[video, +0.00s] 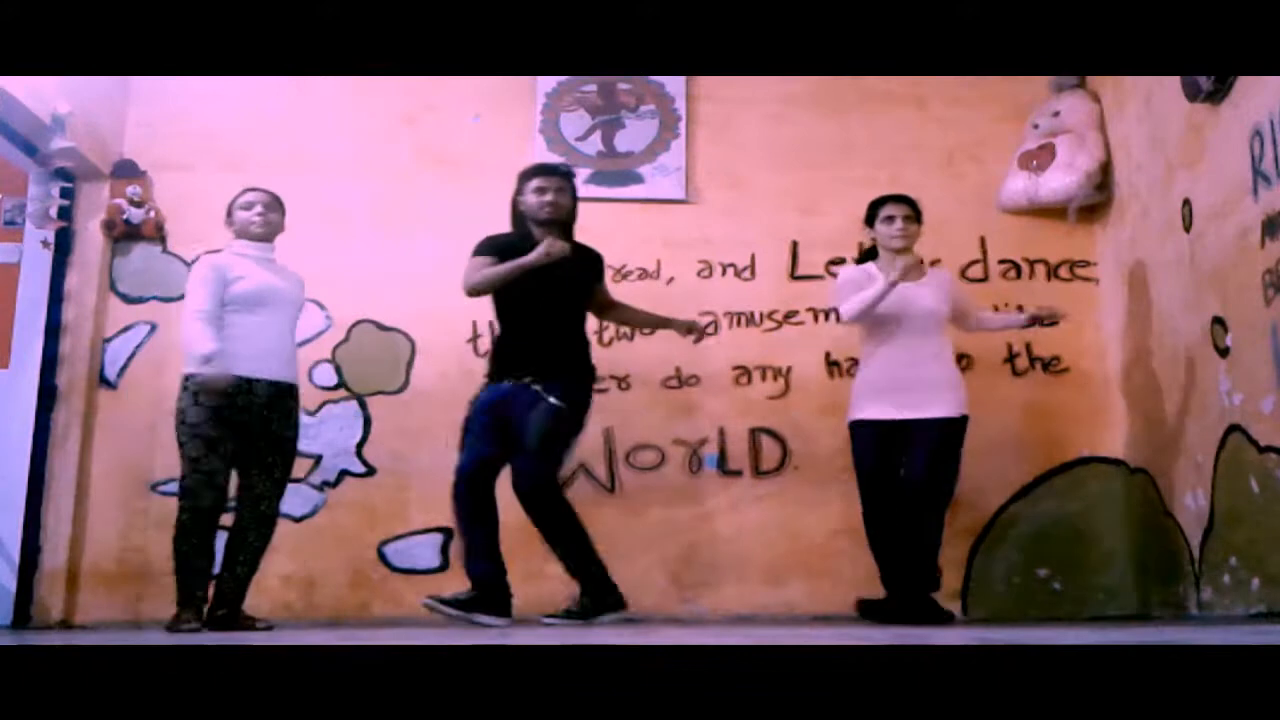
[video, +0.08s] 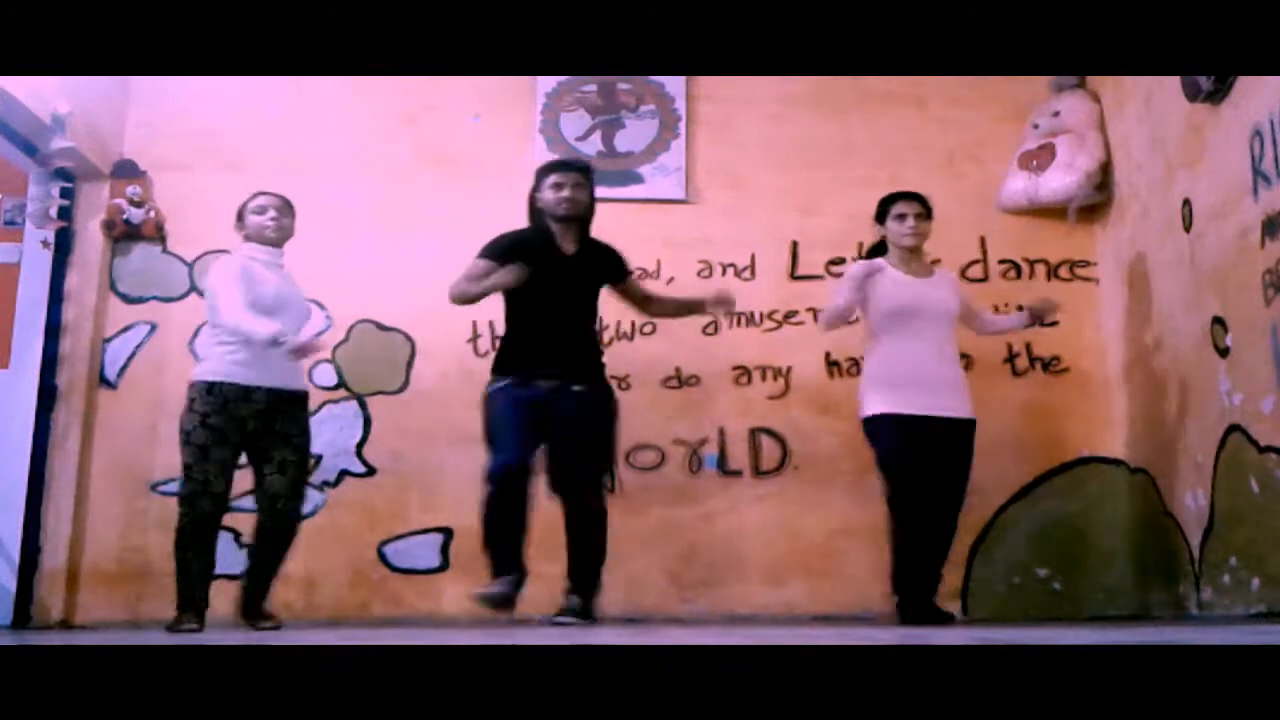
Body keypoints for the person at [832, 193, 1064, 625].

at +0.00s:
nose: (899, 227)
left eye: (907, 220)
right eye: (889, 221)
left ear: (920, 230)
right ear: (871, 231)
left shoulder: (939, 279)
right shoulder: (856, 276)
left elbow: (971, 319)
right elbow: (849, 313)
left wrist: (1023, 319)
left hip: (938, 407)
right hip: (877, 410)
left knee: (926, 503)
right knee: (882, 506)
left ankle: (919, 597)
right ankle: (901, 598)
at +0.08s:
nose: (911, 225)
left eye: (919, 218)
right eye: (900, 218)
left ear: (929, 227)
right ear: (883, 227)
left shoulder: (945, 280)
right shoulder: (868, 274)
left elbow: (984, 323)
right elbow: (829, 321)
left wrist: (1030, 316)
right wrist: (855, 281)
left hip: (950, 406)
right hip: (892, 405)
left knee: (945, 508)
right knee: (911, 503)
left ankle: (924, 600)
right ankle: (911, 602)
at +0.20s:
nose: (925, 225)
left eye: (932, 219)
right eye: (914, 219)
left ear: (942, 228)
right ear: (896, 228)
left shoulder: (956, 284)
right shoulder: (876, 274)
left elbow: (1009, 323)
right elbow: (820, 320)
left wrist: (1026, 290)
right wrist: (799, 307)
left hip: (940, 402)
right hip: (902, 400)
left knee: (941, 494)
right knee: (969, 485)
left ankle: (907, 593)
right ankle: (958, 590)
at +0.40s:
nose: (940, 224)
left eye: (947, 218)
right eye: (929, 218)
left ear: (956, 227)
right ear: (909, 227)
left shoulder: (973, 282)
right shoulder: (891, 273)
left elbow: (1035, 312)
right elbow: (836, 317)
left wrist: (1064, 273)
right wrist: (850, 283)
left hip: (966, 402)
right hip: (914, 401)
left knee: (987, 499)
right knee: (957, 503)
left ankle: (926, 581)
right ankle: (979, 606)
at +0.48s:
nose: (944, 226)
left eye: (951, 219)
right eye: (932, 219)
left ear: (959, 228)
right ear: (913, 229)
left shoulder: (970, 284)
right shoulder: (897, 273)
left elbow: (1012, 314)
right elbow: (874, 303)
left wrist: (1048, 292)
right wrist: (891, 296)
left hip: (976, 407)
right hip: (919, 409)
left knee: (991, 495)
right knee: (947, 510)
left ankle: (944, 577)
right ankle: (973, 613)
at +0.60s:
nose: (898, 249)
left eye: (903, 244)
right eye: (889, 244)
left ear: (911, 251)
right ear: (871, 251)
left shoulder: (913, 291)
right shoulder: (860, 285)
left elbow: (915, 330)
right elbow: (890, 308)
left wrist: (947, 321)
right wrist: (930, 282)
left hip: (921, 394)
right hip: (876, 396)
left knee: (923, 478)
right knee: (891, 479)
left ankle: (917, 557)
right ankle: (902, 557)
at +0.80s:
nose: (902, 251)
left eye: (907, 246)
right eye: (893, 245)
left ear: (913, 254)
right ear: (875, 253)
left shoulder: (906, 300)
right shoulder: (866, 285)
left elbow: (948, 329)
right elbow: (842, 324)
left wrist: (973, 307)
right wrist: (889, 292)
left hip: (904, 394)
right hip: (887, 394)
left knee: (920, 473)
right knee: (943, 468)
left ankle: (900, 555)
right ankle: (917, 554)